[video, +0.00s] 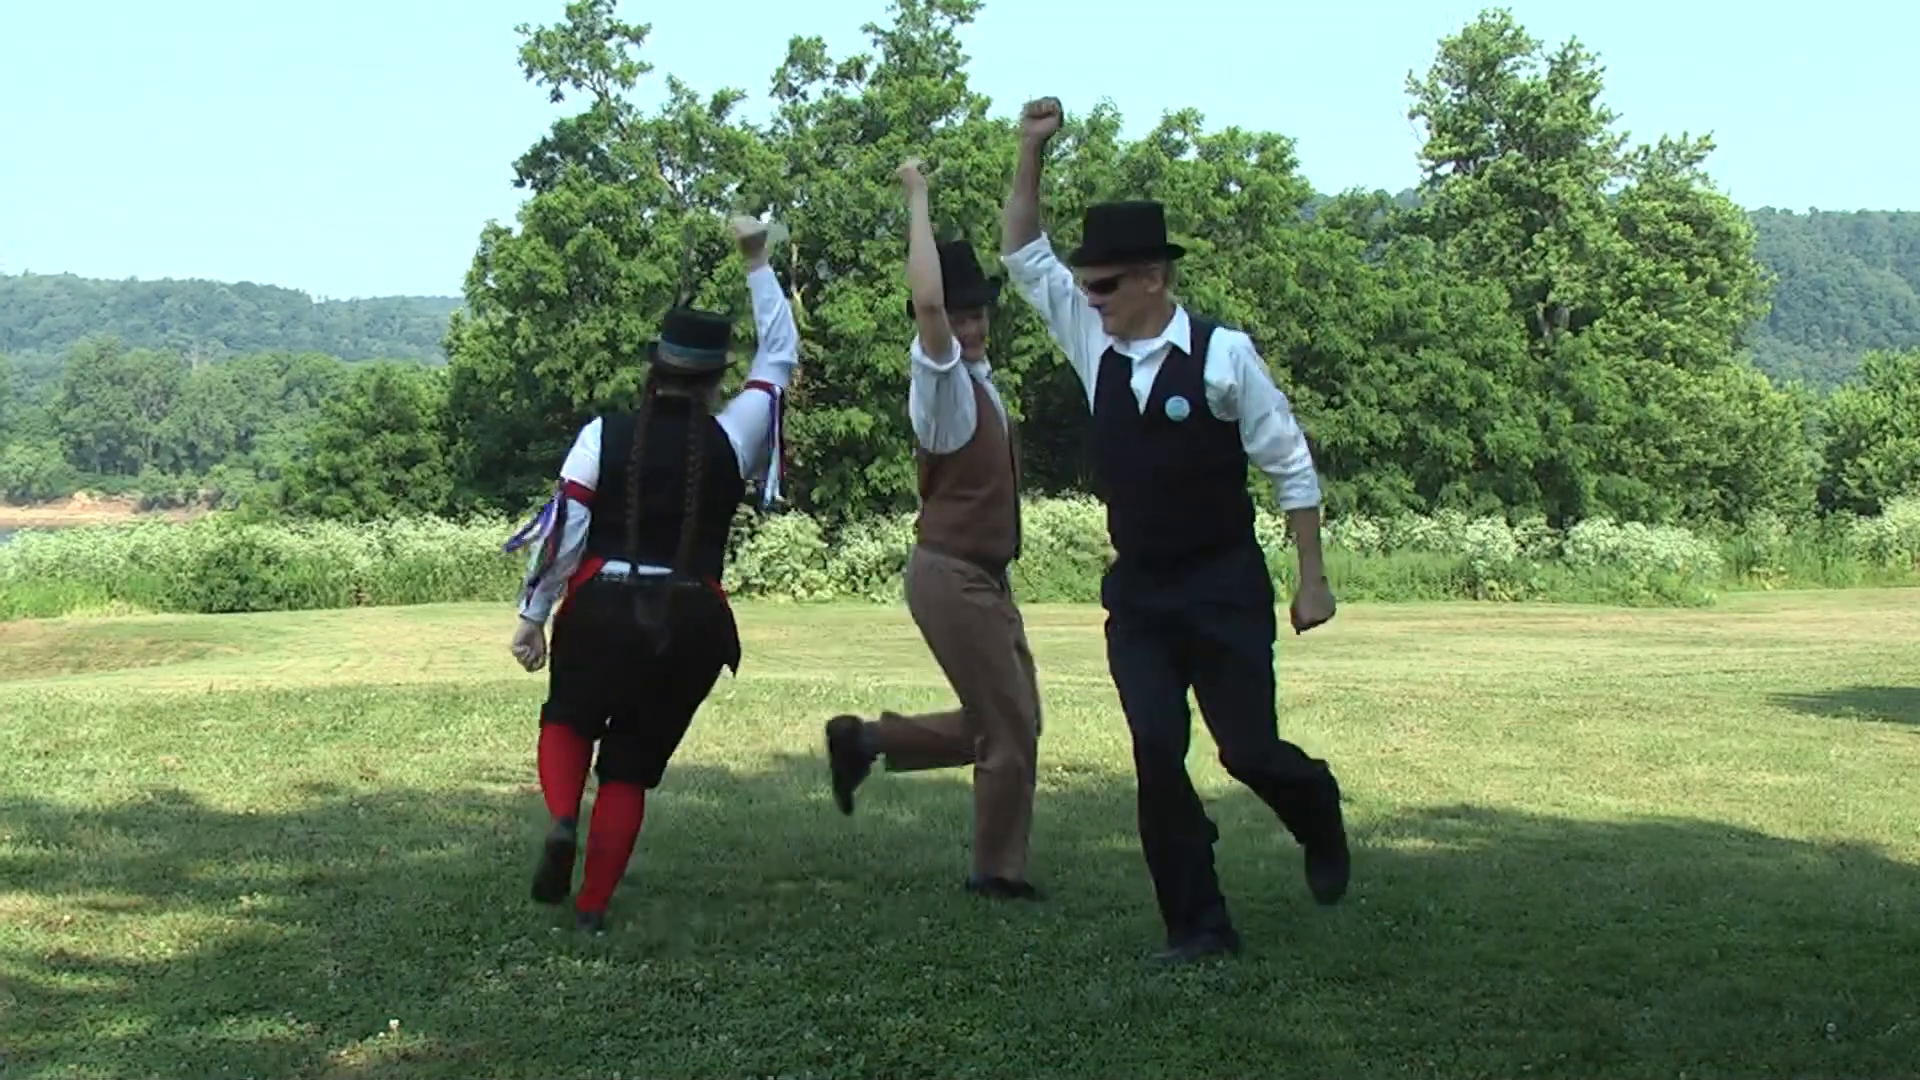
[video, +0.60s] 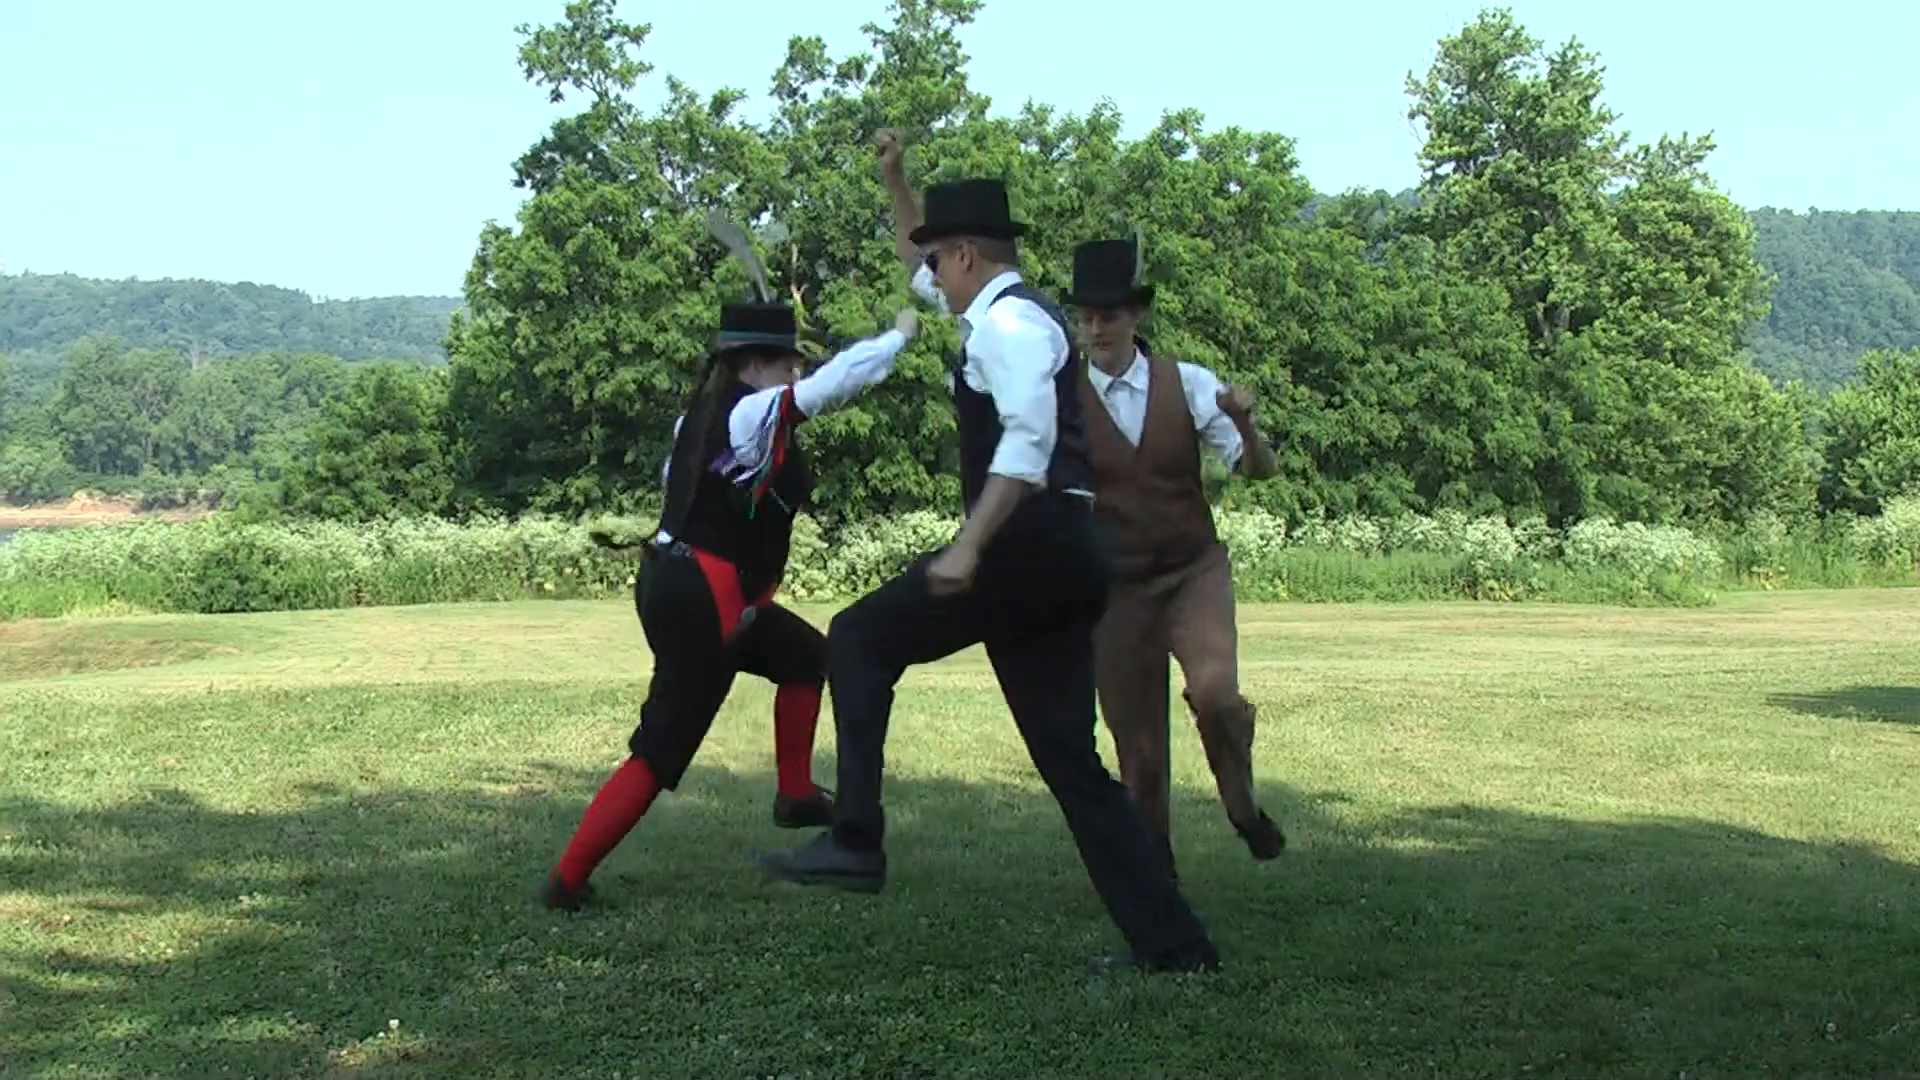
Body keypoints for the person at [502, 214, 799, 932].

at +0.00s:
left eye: (675, 362)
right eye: (708, 370)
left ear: (654, 371)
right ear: (713, 382)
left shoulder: (604, 434)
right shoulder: (731, 439)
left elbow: (564, 530)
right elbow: (779, 356)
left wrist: (532, 612)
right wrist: (759, 263)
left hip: (602, 613)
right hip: (692, 623)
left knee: (567, 716)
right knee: (633, 762)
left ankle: (562, 823)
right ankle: (591, 912)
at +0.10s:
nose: (718, 354)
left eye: (708, 344)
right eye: (714, 344)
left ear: (649, 344)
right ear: (710, 351)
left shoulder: (596, 406)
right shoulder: (727, 403)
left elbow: (550, 497)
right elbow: (770, 328)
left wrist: (524, 578)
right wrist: (764, 233)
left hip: (590, 581)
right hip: (680, 598)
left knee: (601, 647)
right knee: (629, 752)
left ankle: (558, 761)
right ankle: (591, 901)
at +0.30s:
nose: (724, 335)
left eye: (716, 324)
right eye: (723, 324)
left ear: (662, 323)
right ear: (715, 330)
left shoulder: (614, 377)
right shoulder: (721, 372)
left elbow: (563, 463)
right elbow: (762, 299)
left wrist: (538, 550)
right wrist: (770, 204)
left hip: (585, 555)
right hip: (664, 568)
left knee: (689, 642)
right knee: (628, 718)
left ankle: (600, 738)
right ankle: (571, 877)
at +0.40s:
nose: (737, 378)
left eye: (733, 367)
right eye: (734, 369)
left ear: (675, 365)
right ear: (716, 372)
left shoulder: (628, 424)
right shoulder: (714, 421)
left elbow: (590, 511)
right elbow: (760, 347)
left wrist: (570, 590)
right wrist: (762, 251)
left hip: (595, 584)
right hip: (654, 600)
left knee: (726, 668)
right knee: (626, 756)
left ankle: (642, 774)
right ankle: (555, 890)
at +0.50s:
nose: (761, 393)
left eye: (760, 384)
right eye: (754, 384)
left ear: (703, 383)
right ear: (731, 386)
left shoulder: (659, 440)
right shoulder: (729, 436)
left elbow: (631, 509)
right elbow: (790, 369)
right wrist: (811, 279)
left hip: (617, 599)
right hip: (658, 615)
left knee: (758, 664)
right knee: (641, 777)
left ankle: (722, 799)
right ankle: (555, 891)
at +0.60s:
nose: (794, 375)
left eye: (794, 363)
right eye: (785, 363)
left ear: (739, 367)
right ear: (750, 367)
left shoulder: (700, 419)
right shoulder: (755, 411)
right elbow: (836, 382)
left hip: (669, 582)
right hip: (702, 592)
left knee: (805, 653)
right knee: (662, 751)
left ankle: (796, 793)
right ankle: (567, 880)